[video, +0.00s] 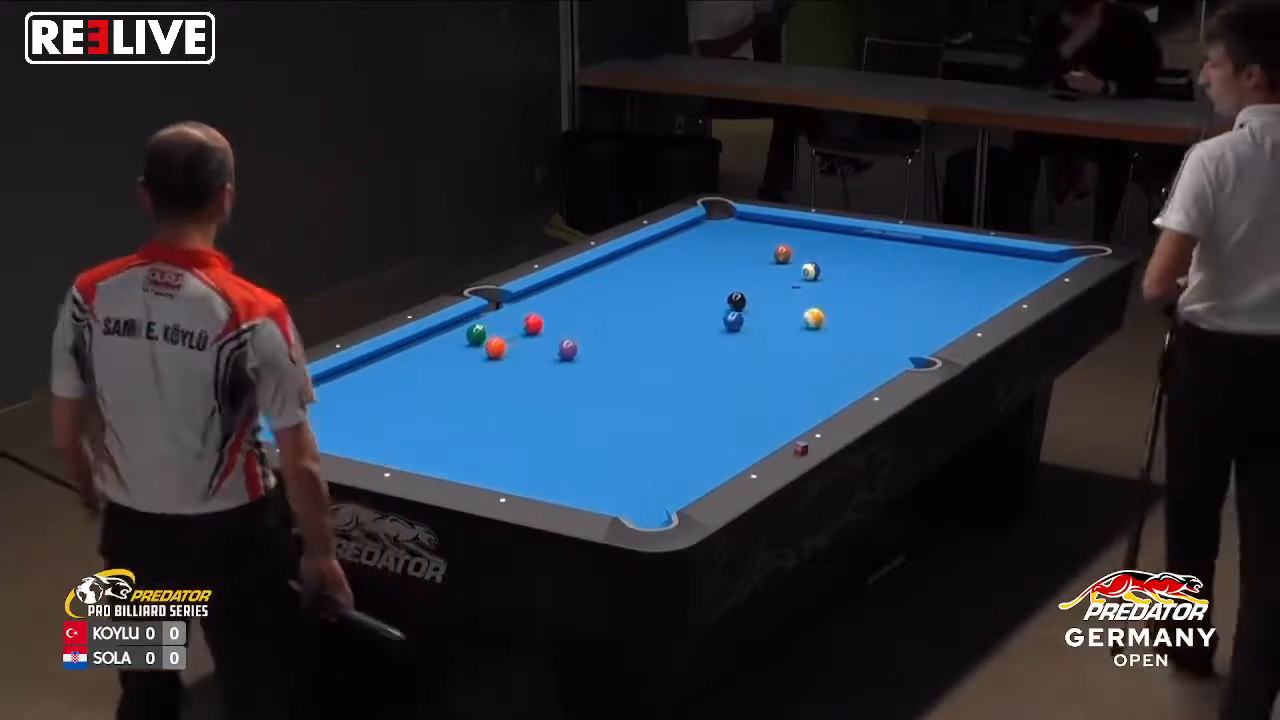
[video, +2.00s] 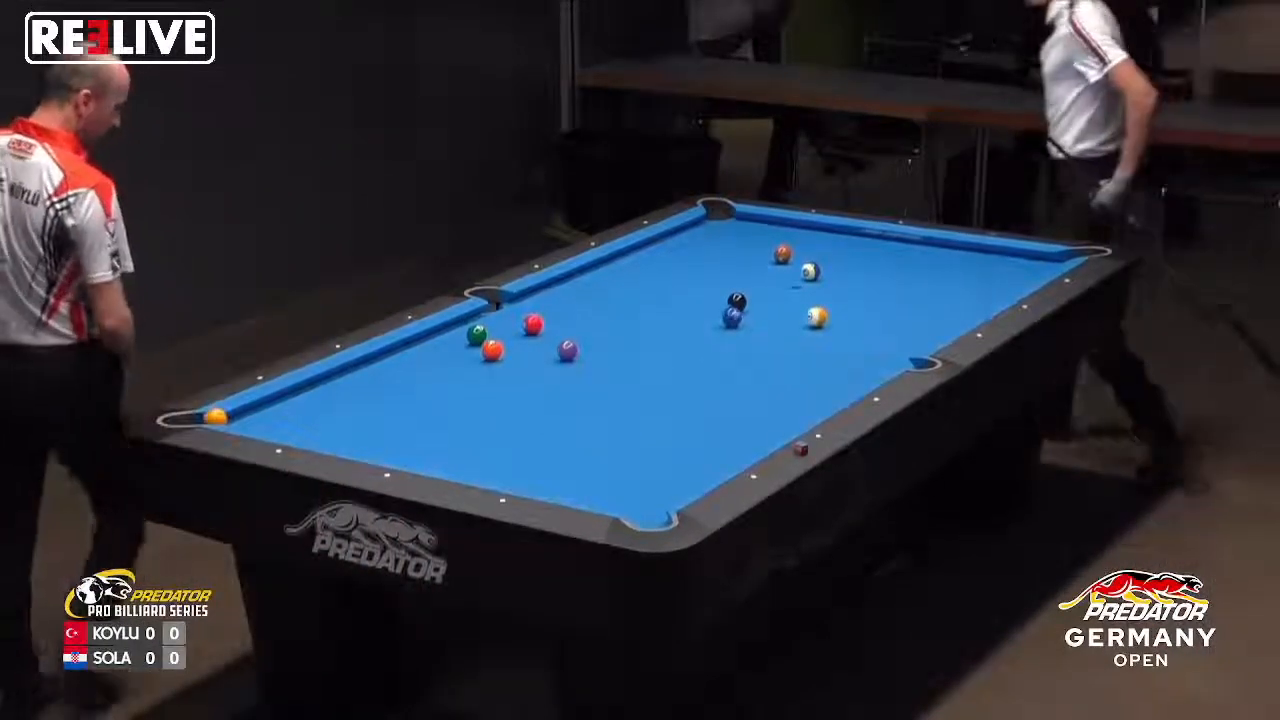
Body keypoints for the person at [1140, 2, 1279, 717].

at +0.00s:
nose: (1204, 78)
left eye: (1212, 65)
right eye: (1206, 64)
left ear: (1247, 71)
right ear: (1267, 71)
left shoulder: (1214, 159)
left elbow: (1159, 280)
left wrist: (1178, 295)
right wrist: (1185, 284)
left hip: (1215, 354)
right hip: (1277, 353)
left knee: (1194, 500)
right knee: (1273, 520)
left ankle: (1191, 648)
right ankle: (1261, 681)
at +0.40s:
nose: (1180, 39)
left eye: (1191, 27)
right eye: (1183, 26)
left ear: (1232, 37)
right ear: (1240, 37)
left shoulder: (1191, 113)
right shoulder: (1277, 101)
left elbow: (1145, 229)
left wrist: (1180, 234)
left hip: (1202, 296)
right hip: (1274, 298)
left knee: (1187, 453)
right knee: (1269, 457)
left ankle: (1191, 631)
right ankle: (1259, 612)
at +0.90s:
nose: (1194, 9)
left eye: (1205, 0)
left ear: (1242, 5)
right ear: (1255, 8)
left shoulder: (1223, 73)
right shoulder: (1273, 60)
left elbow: (1189, 188)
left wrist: (1164, 217)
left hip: (1225, 242)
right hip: (1277, 238)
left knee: (1202, 389)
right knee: (1275, 393)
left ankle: (1224, 541)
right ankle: (1271, 536)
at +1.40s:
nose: (1133, 1)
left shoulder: (1174, 53)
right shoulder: (1254, 38)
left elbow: (1190, 145)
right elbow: (1267, 134)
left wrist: (1156, 212)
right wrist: (1255, 186)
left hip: (1190, 211)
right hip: (1247, 208)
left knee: (1178, 343)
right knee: (1229, 346)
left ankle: (1186, 465)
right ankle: (1264, 482)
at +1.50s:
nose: (1120, 5)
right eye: (1118, 1)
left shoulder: (1162, 40)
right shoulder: (1226, 25)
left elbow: (1185, 135)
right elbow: (1228, 118)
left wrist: (1153, 202)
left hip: (1182, 198)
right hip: (1223, 193)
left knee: (1174, 332)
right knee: (1199, 329)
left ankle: (1187, 464)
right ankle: (1237, 443)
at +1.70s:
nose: (1087, 8)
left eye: (1088, 5)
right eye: (1087, 6)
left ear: (1102, 1)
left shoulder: (1137, 29)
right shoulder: (1165, 18)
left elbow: (1183, 116)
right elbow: (1189, 117)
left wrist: (1153, 191)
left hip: (1144, 192)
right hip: (1147, 186)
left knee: (1150, 325)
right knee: (1132, 313)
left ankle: (1189, 463)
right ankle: (1130, 421)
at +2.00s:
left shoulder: (1084, 17)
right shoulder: (1064, 22)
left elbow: (1141, 95)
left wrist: (1122, 178)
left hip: (1091, 181)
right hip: (1067, 176)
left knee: (1097, 327)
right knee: (1054, 316)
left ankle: (1163, 444)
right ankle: (1051, 417)